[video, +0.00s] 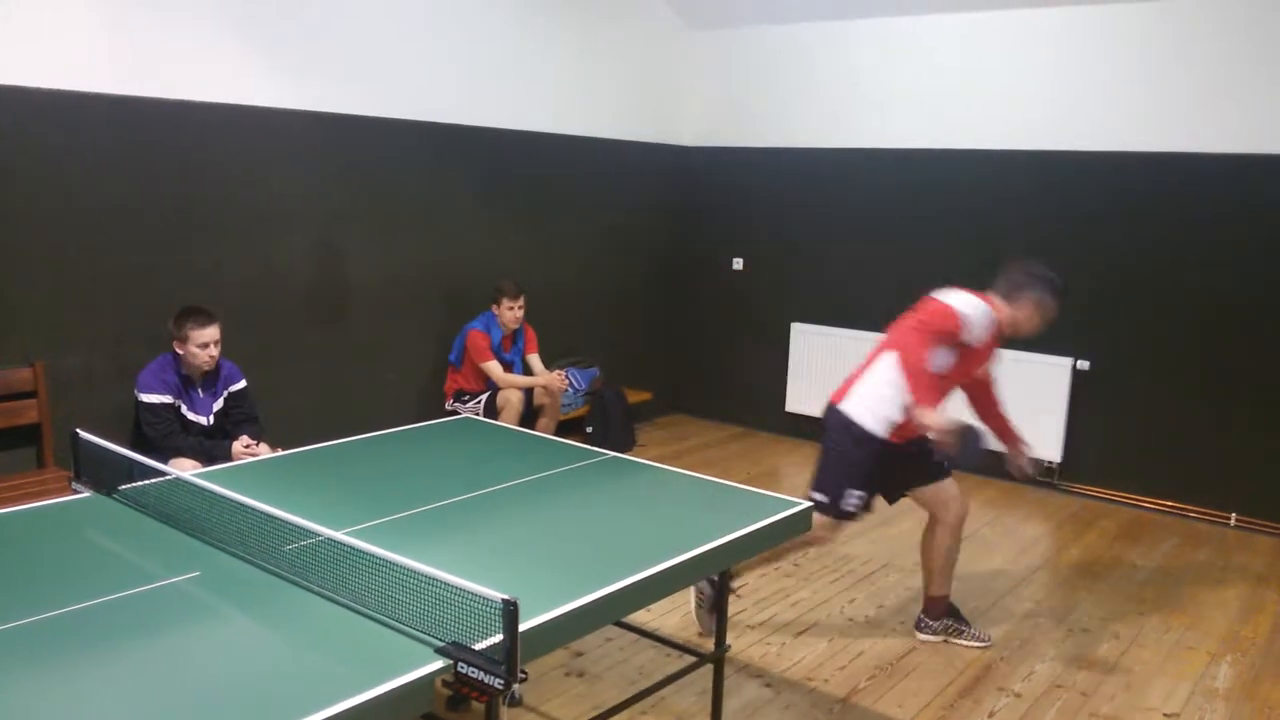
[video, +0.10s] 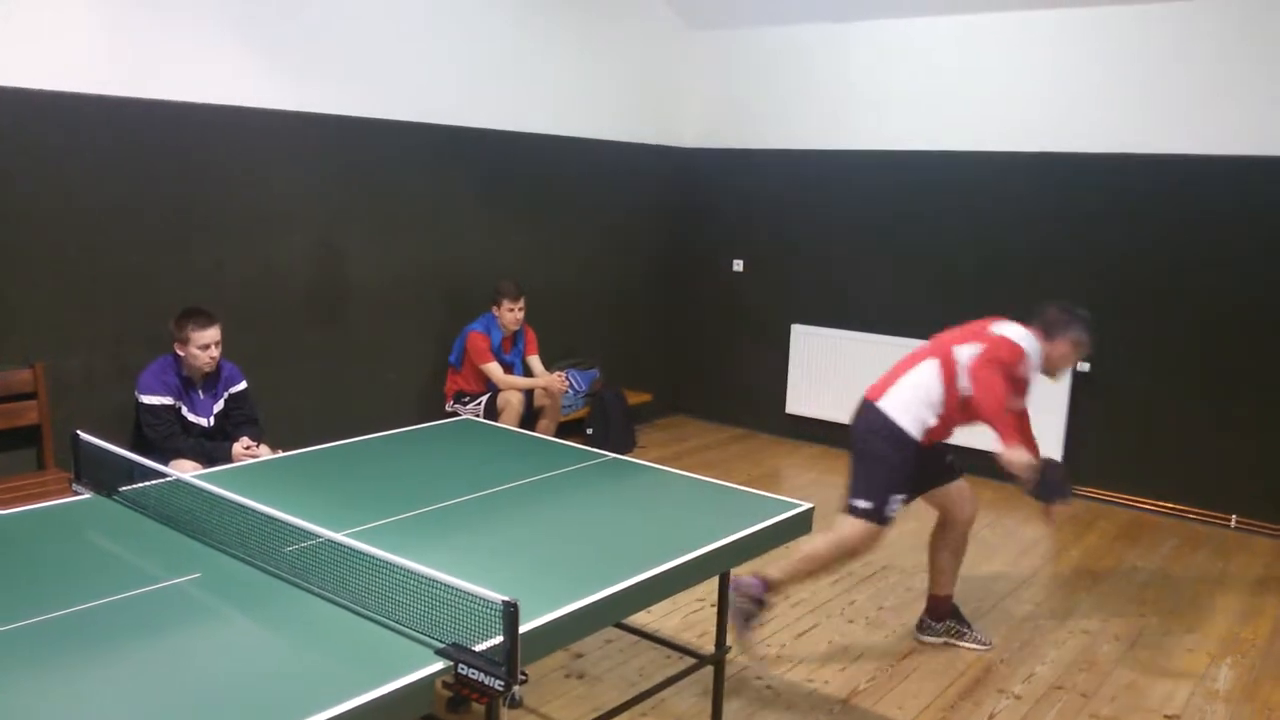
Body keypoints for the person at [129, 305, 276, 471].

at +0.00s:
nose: (213, 353)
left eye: (216, 344)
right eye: (203, 347)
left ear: (221, 341)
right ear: (179, 347)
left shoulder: (229, 373)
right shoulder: (154, 380)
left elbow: (245, 421)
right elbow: (167, 442)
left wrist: (246, 439)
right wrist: (227, 450)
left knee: (264, 453)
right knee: (189, 469)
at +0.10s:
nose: (214, 354)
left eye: (217, 345)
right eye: (204, 348)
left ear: (221, 342)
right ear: (180, 349)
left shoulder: (230, 374)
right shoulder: (155, 381)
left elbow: (245, 423)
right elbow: (168, 444)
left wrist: (246, 441)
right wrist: (227, 452)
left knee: (263, 453)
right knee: (188, 471)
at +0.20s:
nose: (217, 353)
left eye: (220, 344)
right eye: (207, 347)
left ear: (224, 341)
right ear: (183, 348)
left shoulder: (233, 373)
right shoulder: (157, 381)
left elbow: (248, 421)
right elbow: (170, 442)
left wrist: (249, 439)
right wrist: (230, 451)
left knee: (266, 453)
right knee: (192, 469)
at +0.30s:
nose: (214, 354)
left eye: (217, 345)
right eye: (204, 347)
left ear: (222, 342)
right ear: (180, 348)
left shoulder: (230, 374)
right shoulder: (155, 382)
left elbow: (246, 422)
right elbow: (168, 443)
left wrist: (246, 440)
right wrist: (227, 452)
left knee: (263, 453)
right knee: (189, 470)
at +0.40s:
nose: (188, 361)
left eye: (197, 352)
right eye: (180, 352)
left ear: (212, 352)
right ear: (170, 351)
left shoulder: (225, 381)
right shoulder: (150, 388)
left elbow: (241, 428)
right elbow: (163, 450)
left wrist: (241, 448)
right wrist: (223, 459)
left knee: (260, 461)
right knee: (184, 477)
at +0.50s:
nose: (191, 362)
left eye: (199, 353)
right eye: (183, 353)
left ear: (215, 352)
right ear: (173, 351)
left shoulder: (228, 382)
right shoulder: (153, 387)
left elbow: (244, 429)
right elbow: (166, 450)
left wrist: (245, 448)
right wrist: (226, 460)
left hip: (218, 460)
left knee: (263, 462)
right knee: (187, 477)